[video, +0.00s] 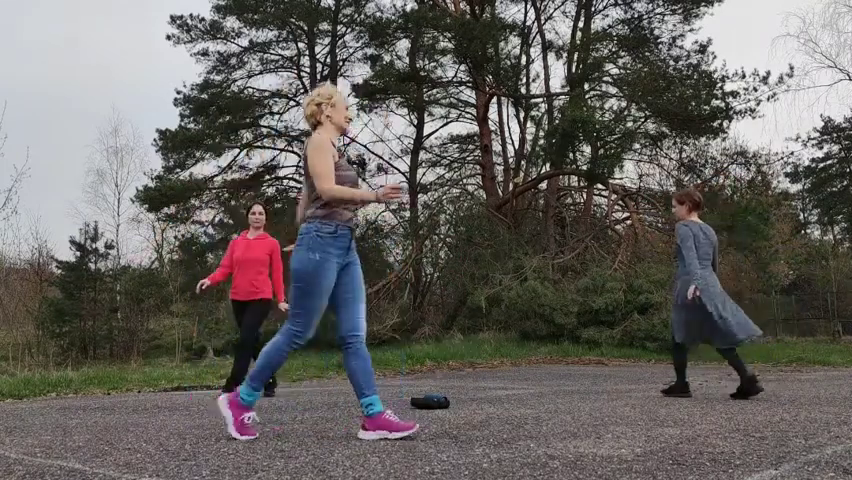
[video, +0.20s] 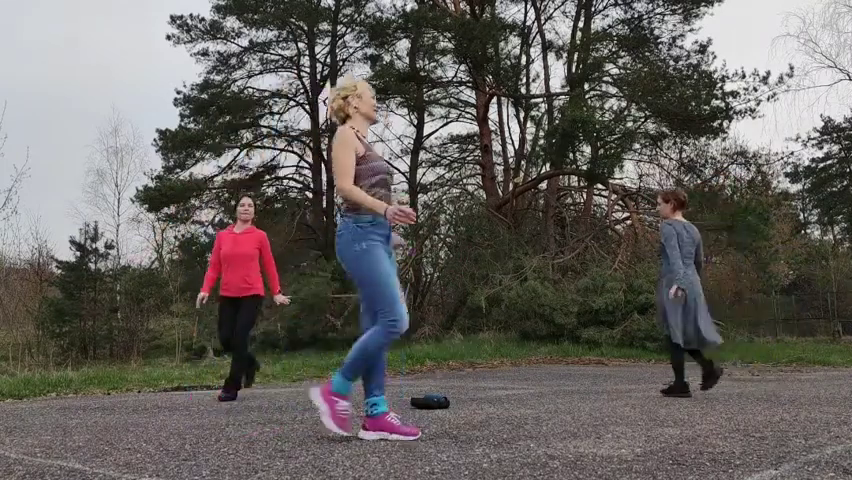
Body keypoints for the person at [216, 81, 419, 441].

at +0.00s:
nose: (350, 113)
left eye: (348, 107)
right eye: (344, 106)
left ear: (330, 112)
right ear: (327, 110)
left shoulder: (330, 148)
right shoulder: (320, 140)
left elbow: (305, 201)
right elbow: (325, 189)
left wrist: (301, 240)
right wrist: (373, 195)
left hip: (344, 246)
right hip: (318, 243)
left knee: (353, 335)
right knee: (297, 330)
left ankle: (374, 415)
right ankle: (240, 401)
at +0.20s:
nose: (376, 101)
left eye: (374, 96)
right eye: (370, 96)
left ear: (356, 102)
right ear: (353, 102)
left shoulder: (363, 140)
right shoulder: (346, 135)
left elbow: (368, 193)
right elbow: (344, 187)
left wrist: (392, 210)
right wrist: (385, 208)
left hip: (378, 234)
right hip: (360, 234)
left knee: (375, 325)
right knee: (394, 321)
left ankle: (376, 414)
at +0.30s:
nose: (390, 101)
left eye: (389, 96)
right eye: (383, 95)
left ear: (373, 102)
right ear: (363, 101)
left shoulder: (379, 143)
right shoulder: (356, 133)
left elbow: (395, 206)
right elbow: (348, 188)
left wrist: (434, 226)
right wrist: (377, 214)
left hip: (390, 234)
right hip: (378, 233)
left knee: (381, 329)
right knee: (421, 314)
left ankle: (376, 415)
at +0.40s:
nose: (402, 96)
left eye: (400, 90)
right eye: (395, 91)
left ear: (388, 99)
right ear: (377, 100)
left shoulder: (392, 141)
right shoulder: (371, 134)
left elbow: (417, 197)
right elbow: (353, 183)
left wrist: (462, 197)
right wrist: (370, 215)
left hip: (401, 227)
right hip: (392, 228)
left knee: (390, 326)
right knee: (444, 307)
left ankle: (379, 412)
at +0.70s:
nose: (452, 86)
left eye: (449, 81)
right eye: (444, 82)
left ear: (432, 91)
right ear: (424, 90)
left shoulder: (439, 132)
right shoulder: (418, 124)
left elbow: (464, 183)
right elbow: (394, 173)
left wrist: (500, 177)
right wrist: (405, 192)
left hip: (434, 220)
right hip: (432, 217)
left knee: (420, 322)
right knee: (496, 288)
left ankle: (392, 403)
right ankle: (504, 385)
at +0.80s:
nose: (471, 92)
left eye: (469, 86)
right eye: (465, 86)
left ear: (448, 94)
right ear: (446, 92)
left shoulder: (452, 132)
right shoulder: (439, 126)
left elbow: (467, 191)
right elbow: (419, 175)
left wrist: (505, 201)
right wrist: (437, 190)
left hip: (444, 227)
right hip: (456, 224)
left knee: (437, 322)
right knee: (494, 312)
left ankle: (397, 400)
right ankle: (479, 408)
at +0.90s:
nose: (490, 93)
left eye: (487, 87)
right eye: (484, 88)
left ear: (462, 96)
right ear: (471, 92)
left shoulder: (464, 133)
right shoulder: (469, 125)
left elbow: (468, 196)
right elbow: (458, 179)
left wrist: (501, 229)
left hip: (464, 227)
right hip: (477, 224)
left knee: (476, 323)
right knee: (490, 322)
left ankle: (422, 390)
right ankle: (472, 415)